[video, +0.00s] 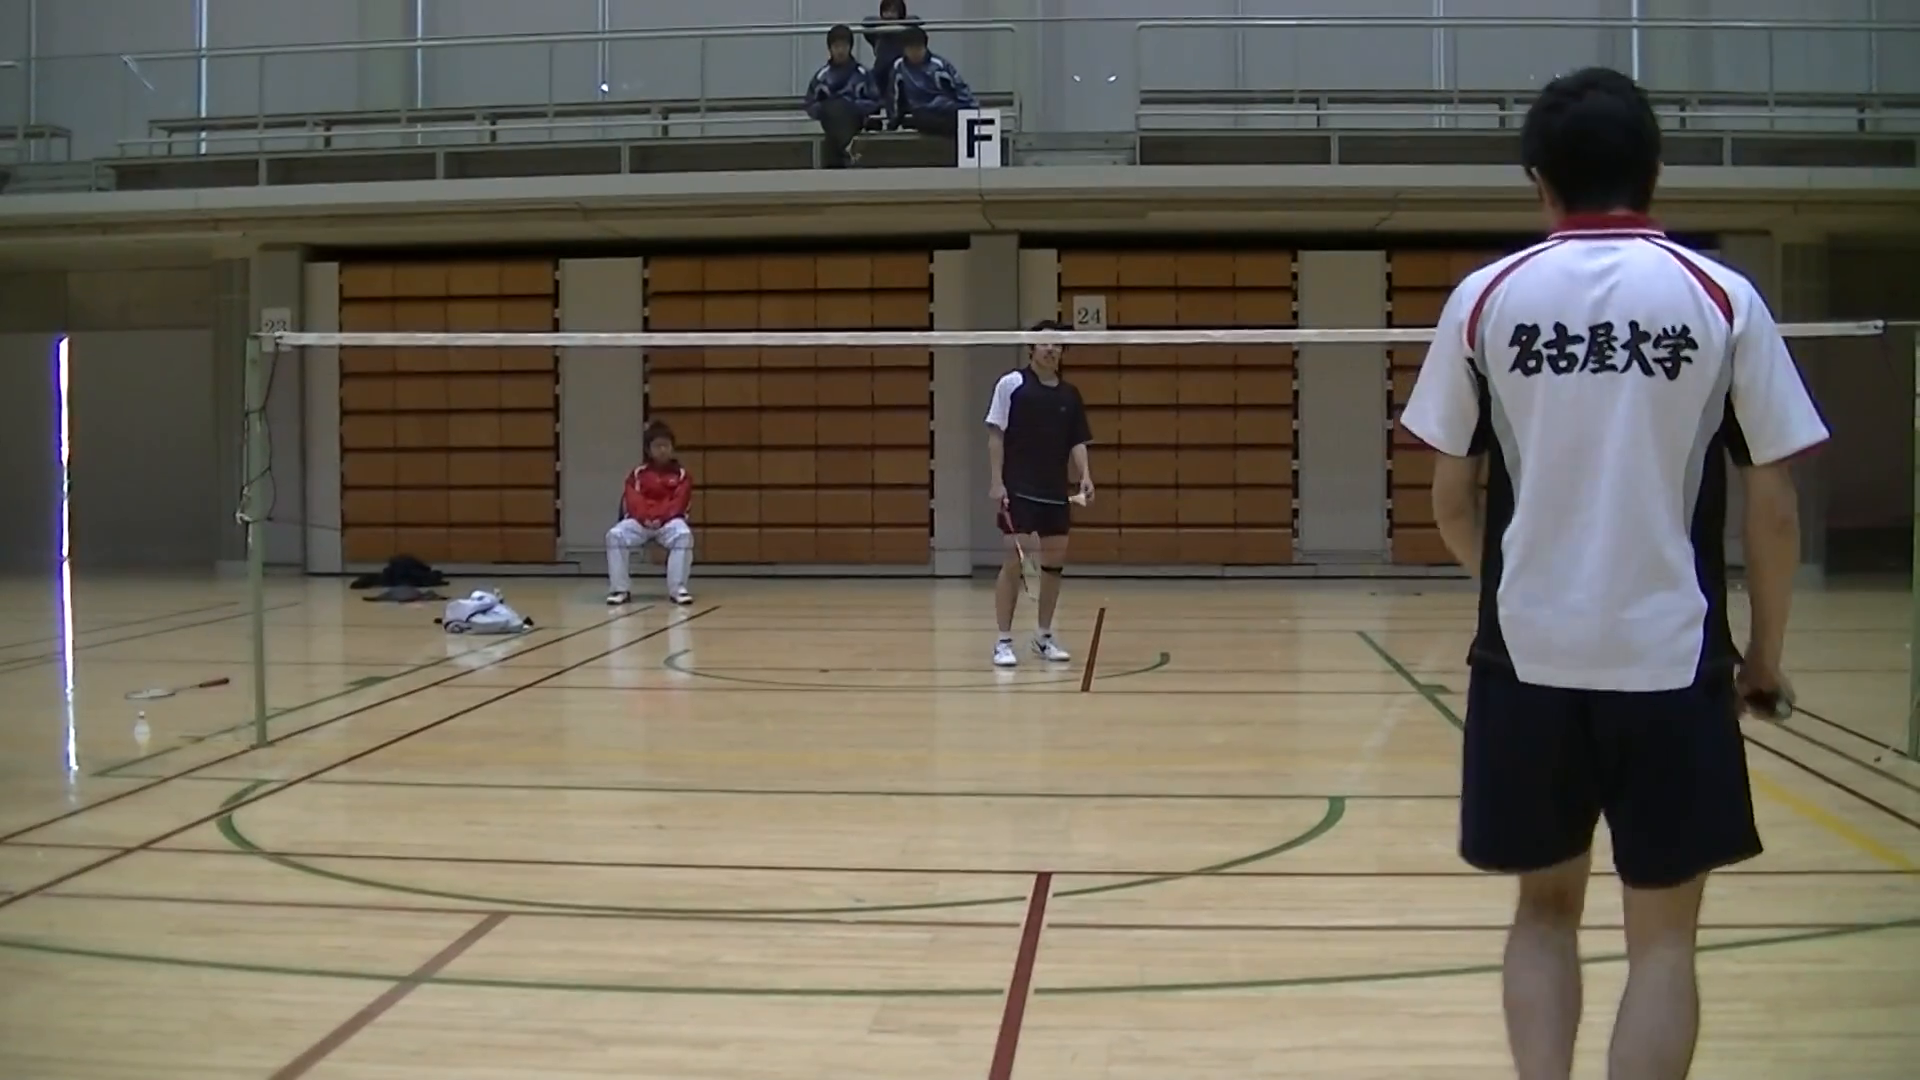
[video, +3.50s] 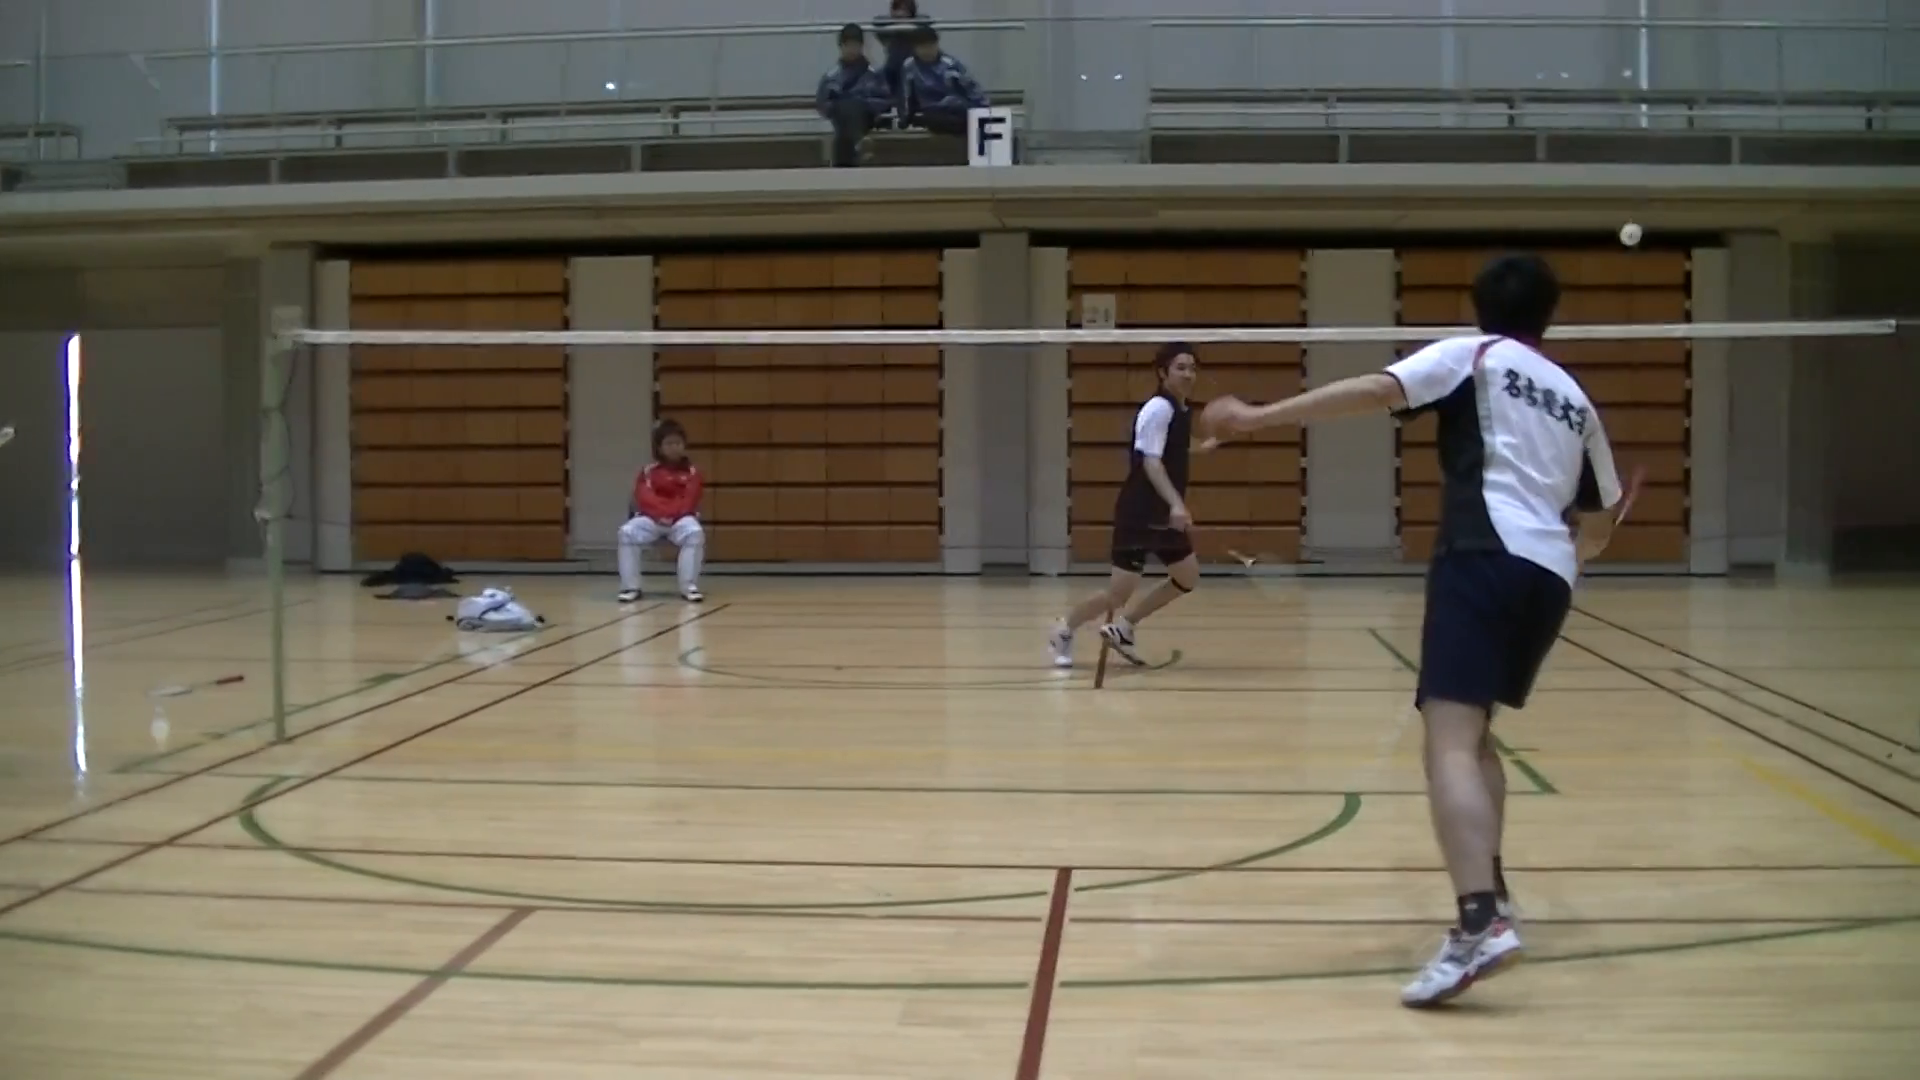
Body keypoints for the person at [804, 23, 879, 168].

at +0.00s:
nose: (840, 50)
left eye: (844, 46)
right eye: (836, 46)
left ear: (850, 47)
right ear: (829, 48)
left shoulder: (863, 73)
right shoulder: (821, 75)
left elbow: (874, 103)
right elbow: (810, 105)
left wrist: (849, 105)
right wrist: (827, 107)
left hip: (856, 122)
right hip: (830, 122)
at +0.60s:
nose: (837, 51)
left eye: (841, 46)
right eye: (833, 46)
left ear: (848, 47)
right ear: (827, 48)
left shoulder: (860, 73)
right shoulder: (819, 75)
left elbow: (873, 104)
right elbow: (807, 106)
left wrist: (847, 104)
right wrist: (826, 105)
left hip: (854, 119)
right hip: (827, 119)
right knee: (831, 106)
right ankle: (845, 144)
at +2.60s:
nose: (835, 50)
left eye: (838, 45)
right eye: (830, 45)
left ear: (845, 46)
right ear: (824, 47)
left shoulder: (857, 72)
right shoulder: (815, 74)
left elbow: (868, 102)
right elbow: (805, 106)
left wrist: (844, 104)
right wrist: (823, 105)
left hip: (850, 117)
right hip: (822, 117)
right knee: (830, 103)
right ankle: (841, 143)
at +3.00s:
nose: (842, 50)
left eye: (846, 45)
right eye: (838, 46)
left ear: (852, 47)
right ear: (832, 48)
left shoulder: (866, 74)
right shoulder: (823, 76)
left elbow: (876, 103)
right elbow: (814, 105)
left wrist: (846, 103)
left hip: (860, 120)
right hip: (831, 120)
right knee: (835, 105)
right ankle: (851, 142)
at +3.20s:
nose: (877, 51)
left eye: (881, 46)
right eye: (873, 46)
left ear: (888, 47)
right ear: (867, 48)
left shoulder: (902, 74)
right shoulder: (859, 76)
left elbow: (914, 103)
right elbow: (851, 104)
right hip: (870, 125)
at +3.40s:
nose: (867, 49)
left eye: (871, 44)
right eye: (864, 44)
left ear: (878, 45)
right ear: (857, 46)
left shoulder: (890, 72)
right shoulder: (849, 73)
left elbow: (902, 101)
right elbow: (838, 102)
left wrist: (878, 104)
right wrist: (854, 109)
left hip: (884, 121)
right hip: (858, 122)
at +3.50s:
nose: (851, 50)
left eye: (855, 45)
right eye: (847, 45)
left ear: (861, 47)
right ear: (840, 47)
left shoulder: (875, 76)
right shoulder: (830, 77)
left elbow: (886, 102)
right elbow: (822, 104)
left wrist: (862, 105)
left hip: (869, 119)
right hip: (840, 119)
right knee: (850, 106)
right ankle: (861, 144)